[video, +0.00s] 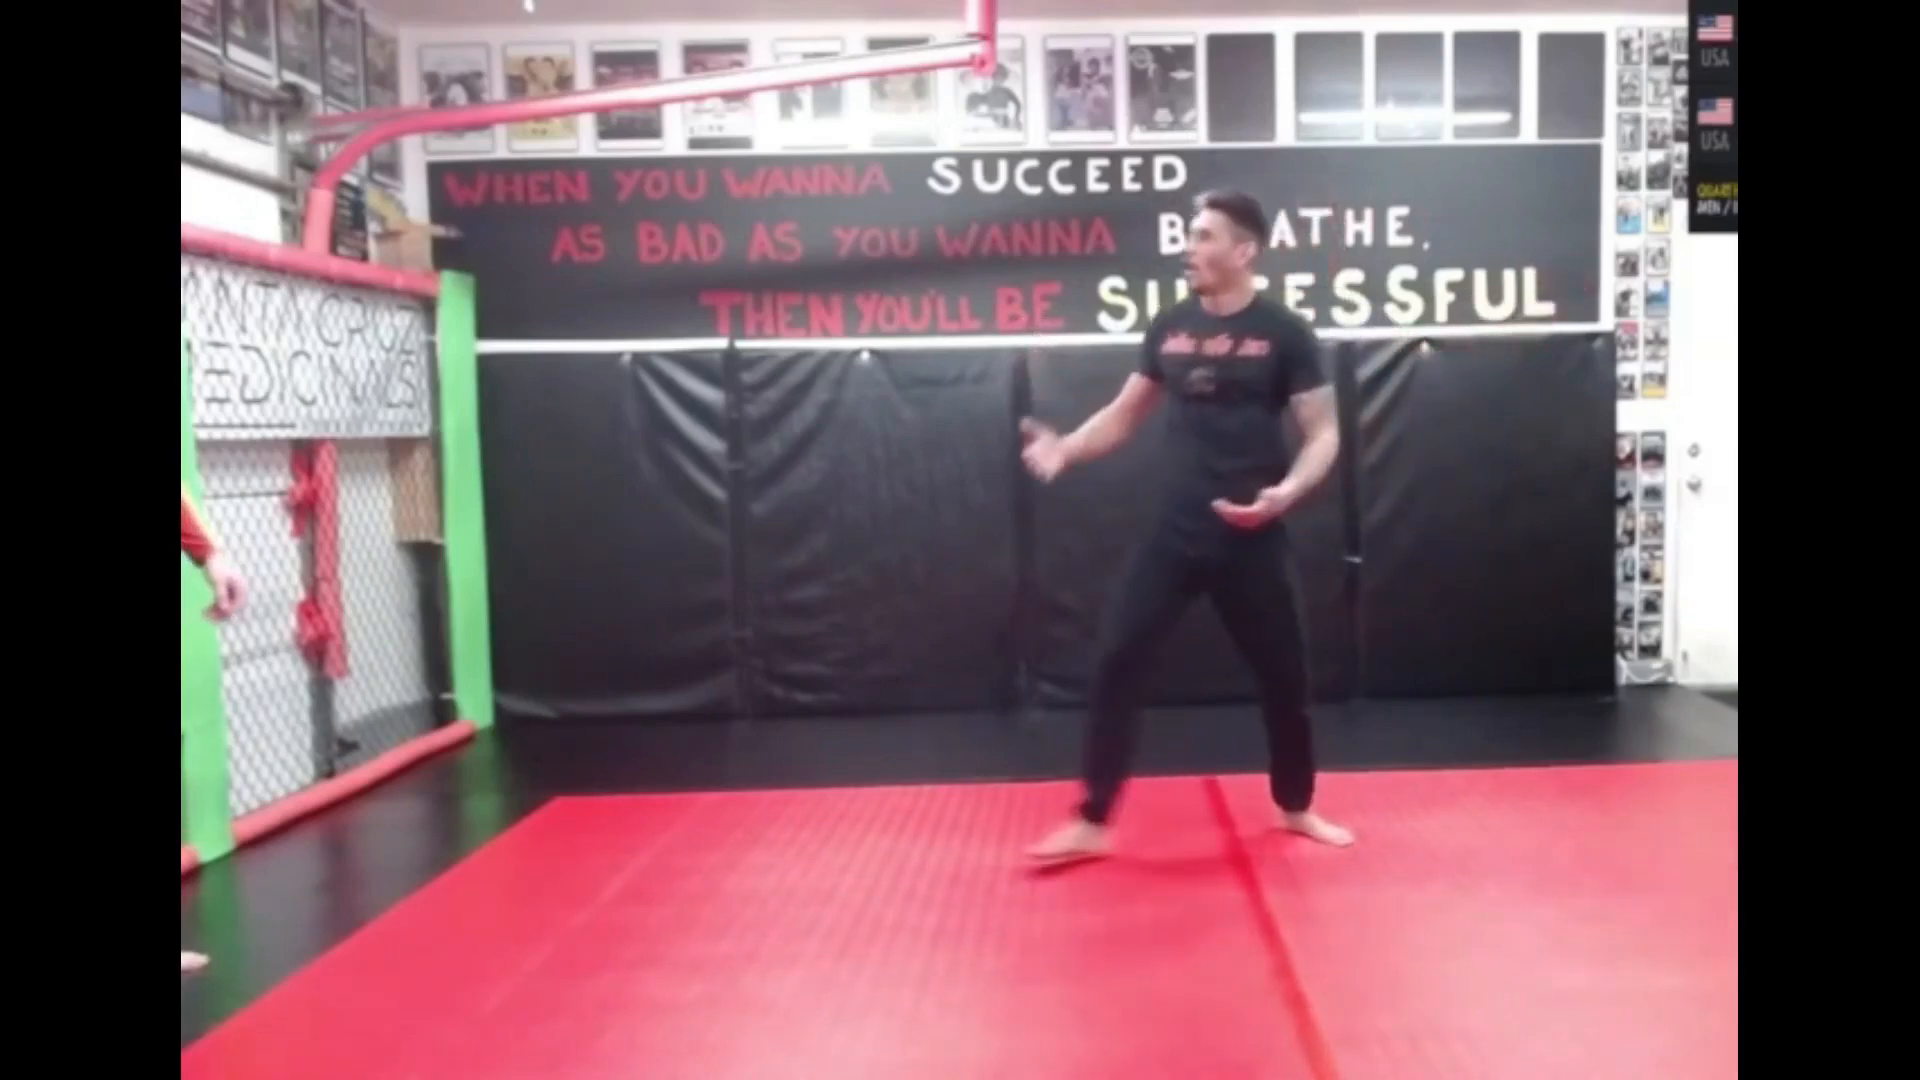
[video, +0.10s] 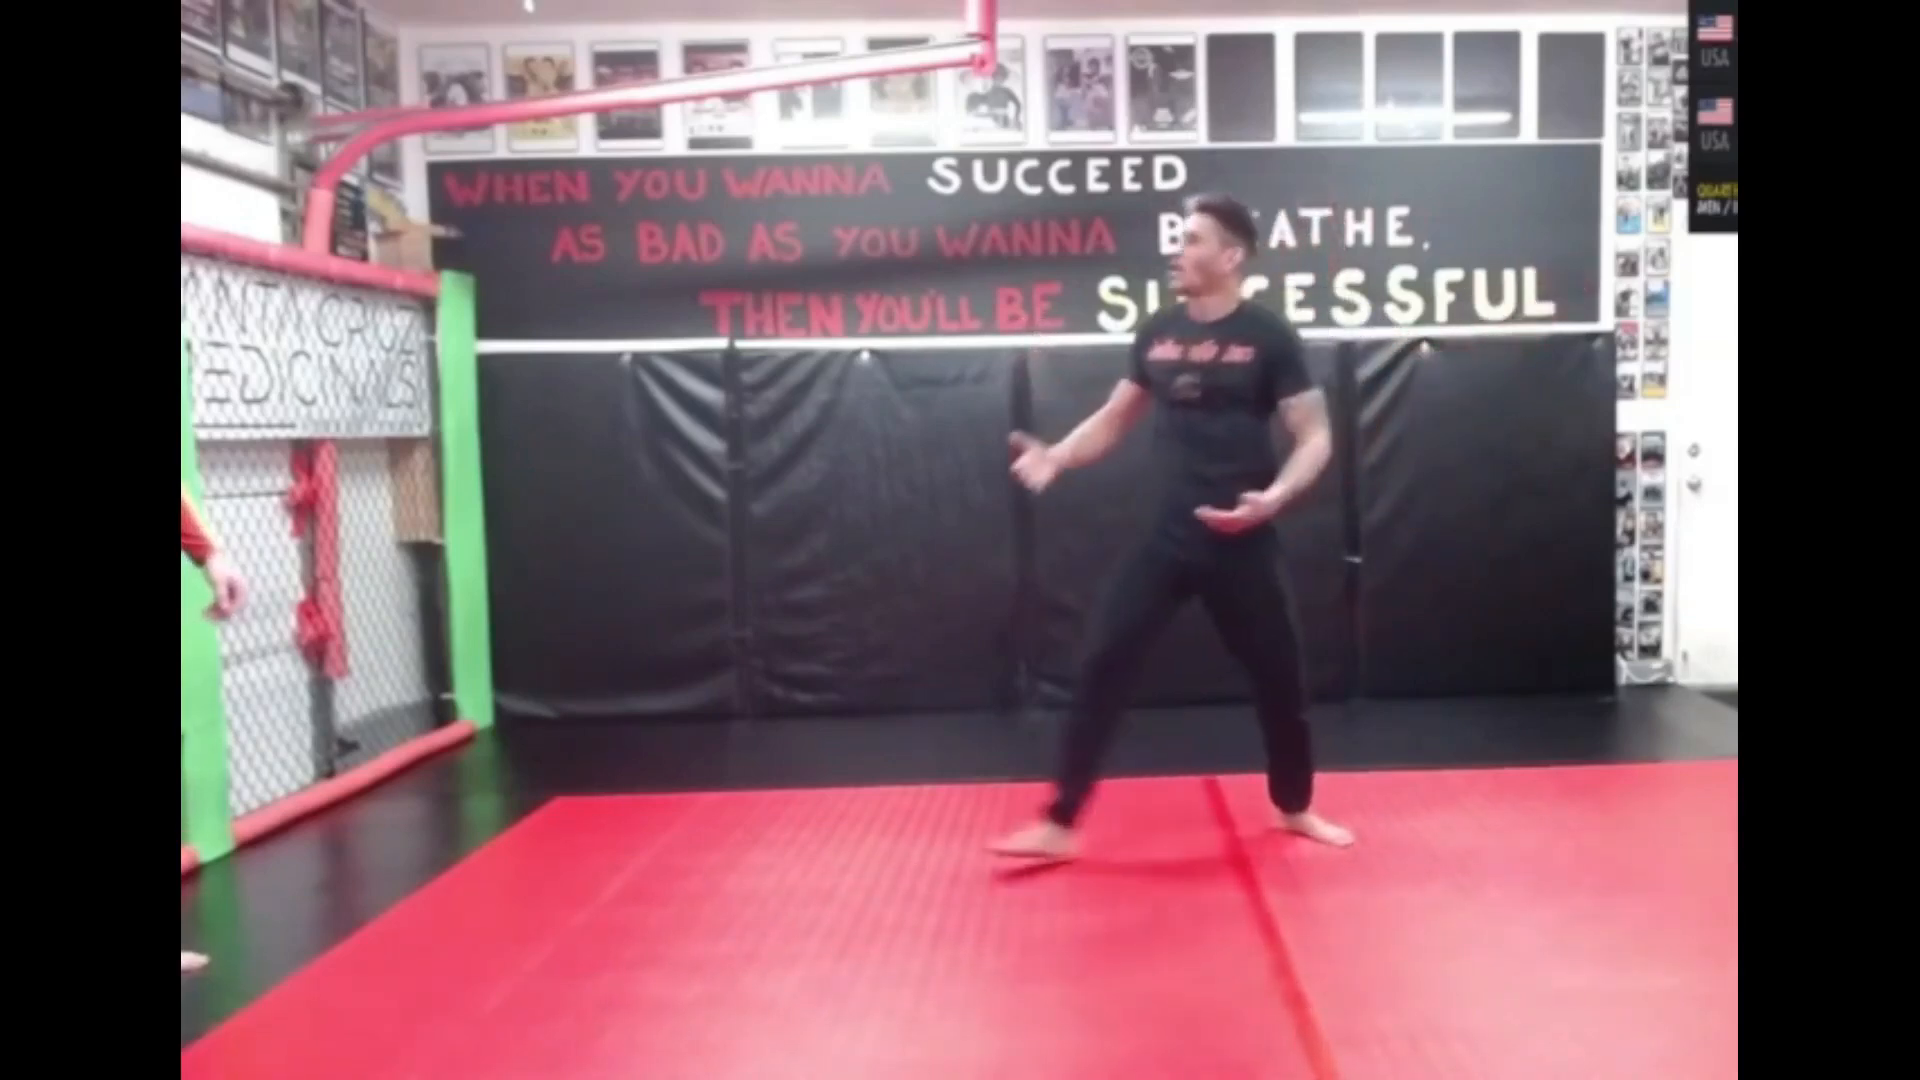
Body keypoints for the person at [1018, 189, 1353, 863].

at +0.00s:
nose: (1191, 248)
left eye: (1207, 237)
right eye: (1191, 236)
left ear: (1248, 250)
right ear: (1195, 247)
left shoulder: (1286, 332)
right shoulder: (1171, 328)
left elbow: (1324, 436)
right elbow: (1123, 413)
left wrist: (1285, 492)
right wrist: (1067, 447)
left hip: (1252, 530)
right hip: (1175, 525)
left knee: (1283, 672)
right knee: (1118, 655)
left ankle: (1296, 807)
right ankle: (1092, 819)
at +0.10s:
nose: (1179, 252)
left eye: (1195, 240)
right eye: (1181, 239)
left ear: (1235, 256)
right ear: (1188, 253)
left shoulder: (1269, 333)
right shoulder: (1160, 334)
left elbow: (1315, 437)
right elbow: (1114, 417)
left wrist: (1274, 497)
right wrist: (1055, 457)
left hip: (1243, 536)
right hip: (1169, 532)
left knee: (1279, 673)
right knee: (1104, 658)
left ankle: (1295, 807)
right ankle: (1059, 823)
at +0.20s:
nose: (1084, 261)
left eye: (1102, 252)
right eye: (1086, 250)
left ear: (1145, 271)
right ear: (1086, 271)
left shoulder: (1180, 353)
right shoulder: (1078, 362)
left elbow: (1251, 443)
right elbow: (1042, 434)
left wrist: (1200, 512)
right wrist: (973, 479)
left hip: (1175, 553)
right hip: (1099, 554)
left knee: (1235, 678)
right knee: (1032, 679)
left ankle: (1290, 807)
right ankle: (961, 837)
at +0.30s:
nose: (970, 295)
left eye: (987, 280)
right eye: (968, 282)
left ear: (1037, 295)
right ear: (974, 297)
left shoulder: (1082, 371)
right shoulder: (994, 383)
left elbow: (1147, 467)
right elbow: (983, 469)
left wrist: (1116, 551)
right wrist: (916, 531)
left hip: (1104, 555)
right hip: (1033, 560)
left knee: (1175, 691)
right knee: (970, 685)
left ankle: (1264, 802)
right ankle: (943, 850)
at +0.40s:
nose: (873, 353)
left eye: (880, 337)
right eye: (869, 338)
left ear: (929, 328)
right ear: (913, 337)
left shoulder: (1008, 387)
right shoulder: (932, 404)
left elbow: (1055, 497)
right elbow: (945, 496)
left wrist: (1026, 613)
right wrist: (916, 588)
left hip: (1070, 541)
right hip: (1003, 543)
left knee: (1119, 695)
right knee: (945, 675)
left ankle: (1202, 831)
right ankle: (938, 847)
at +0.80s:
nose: (783, 335)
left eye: (790, 318)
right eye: (780, 320)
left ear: (840, 310)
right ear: (831, 315)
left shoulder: (923, 358)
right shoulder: (862, 375)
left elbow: (957, 482)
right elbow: (887, 474)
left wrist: (922, 577)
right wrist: (886, 577)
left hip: (1005, 532)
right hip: (942, 539)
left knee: (1072, 678)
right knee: (928, 685)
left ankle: (1158, 834)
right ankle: (939, 849)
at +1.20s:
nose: (841, 297)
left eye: (855, 278)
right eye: (831, 284)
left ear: (902, 267)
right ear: (825, 288)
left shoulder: (963, 332)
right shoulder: (852, 361)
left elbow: (998, 453)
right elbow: (856, 463)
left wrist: (953, 561)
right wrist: (851, 573)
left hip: (1013, 520)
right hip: (939, 529)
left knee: (1083, 673)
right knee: (917, 685)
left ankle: (1154, 833)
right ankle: (935, 848)